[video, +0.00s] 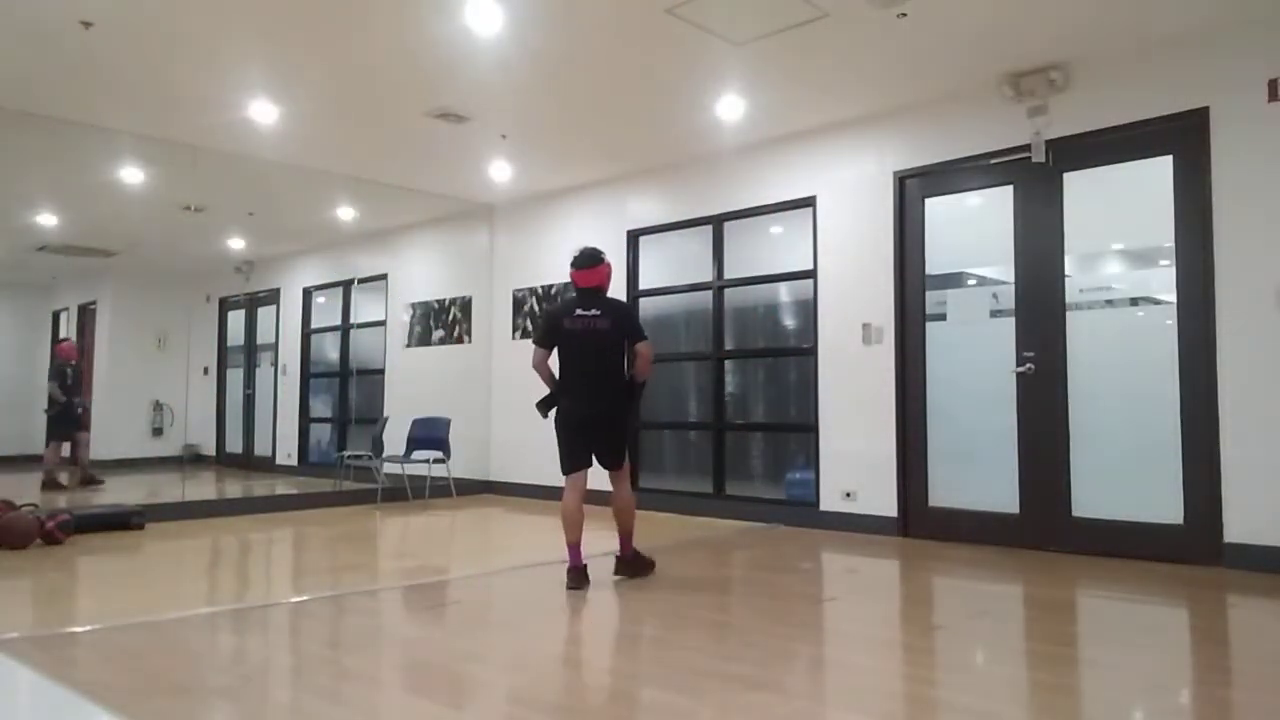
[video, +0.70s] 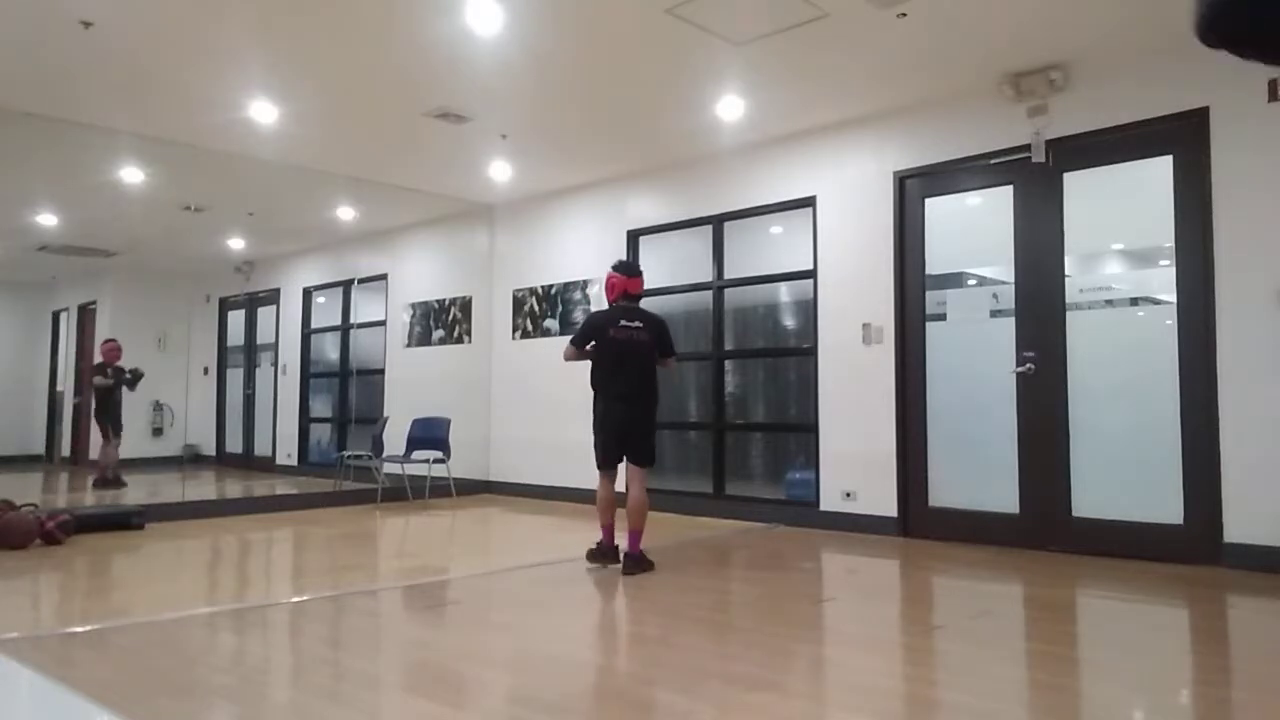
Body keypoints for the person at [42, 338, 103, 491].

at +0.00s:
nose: (74, 353)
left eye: (74, 350)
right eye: (71, 350)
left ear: (74, 352)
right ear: (63, 352)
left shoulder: (76, 369)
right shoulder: (57, 368)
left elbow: (76, 389)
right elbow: (52, 387)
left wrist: (80, 402)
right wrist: (65, 400)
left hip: (72, 411)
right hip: (57, 411)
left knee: (83, 438)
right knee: (55, 444)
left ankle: (84, 474)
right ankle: (49, 477)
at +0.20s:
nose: (89, 356)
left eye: (88, 353)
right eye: (86, 353)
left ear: (81, 355)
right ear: (79, 355)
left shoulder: (85, 371)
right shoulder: (71, 370)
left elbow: (85, 390)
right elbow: (68, 390)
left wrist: (94, 401)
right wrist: (81, 403)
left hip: (86, 410)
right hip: (74, 411)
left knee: (97, 440)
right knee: (67, 444)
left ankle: (101, 476)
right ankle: (49, 477)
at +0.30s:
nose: (98, 355)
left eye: (98, 352)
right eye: (95, 352)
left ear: (90, 355)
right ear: (87, 354)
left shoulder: (93, 371)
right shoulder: (78, 371)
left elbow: (94, 393)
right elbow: (77, 392)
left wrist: (106, 400)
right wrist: (94, 402)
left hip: (94, 409)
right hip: (82, 410)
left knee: (103, 439)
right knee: (78, 444)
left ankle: (101, 475)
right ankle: (53, 473)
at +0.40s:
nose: (103, 354)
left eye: (104, 351)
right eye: (99, 351)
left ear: (105, 353)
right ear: (90, 353)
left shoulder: (101, 372)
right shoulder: (84, 369)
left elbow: (102, 390)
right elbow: (81, 387)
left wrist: (112, 396)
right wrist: (100, 396)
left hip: (100, 410)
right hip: (86, 410)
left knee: (103, 442)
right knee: (92, 443)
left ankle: (101, 475)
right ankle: (65, 469)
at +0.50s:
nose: (107, 354)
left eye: (109, 350)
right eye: (103, 350)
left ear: (111, 352)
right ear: (94, 353)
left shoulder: (108, 371)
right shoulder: (88, 369)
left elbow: (112, 388)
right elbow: (90, 386)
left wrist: (125, 386)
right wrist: (109, 388)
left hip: (106, 408)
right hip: (94, 408)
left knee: (107, 441)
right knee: (104, 441)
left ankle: (102, 475)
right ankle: (79, 468)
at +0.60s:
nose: (111, 353)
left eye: (113, 350)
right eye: (107, 350)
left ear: (116, 352)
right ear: (99, 352)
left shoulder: (114, 371)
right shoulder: (95, 368)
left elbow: (123, 386)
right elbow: (94, 383)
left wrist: (132, 379)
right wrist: (112, 384)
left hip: (111, 409)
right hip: (98, 409)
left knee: (112, 439)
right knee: (109, 439)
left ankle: (101, 473)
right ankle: (97, 472)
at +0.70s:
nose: (115, 354)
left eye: (117, 350)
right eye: (112, 350)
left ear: (120, 352)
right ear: (104, 352)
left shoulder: (120, 370)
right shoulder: (98, 368)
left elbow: (131, 386)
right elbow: (96, 382)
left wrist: (136, 377)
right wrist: (115, 382)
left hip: (116, 411)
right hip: (103, 410)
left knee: (114, 441)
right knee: (111, 441)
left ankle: (105, 475)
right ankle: (109, 475)